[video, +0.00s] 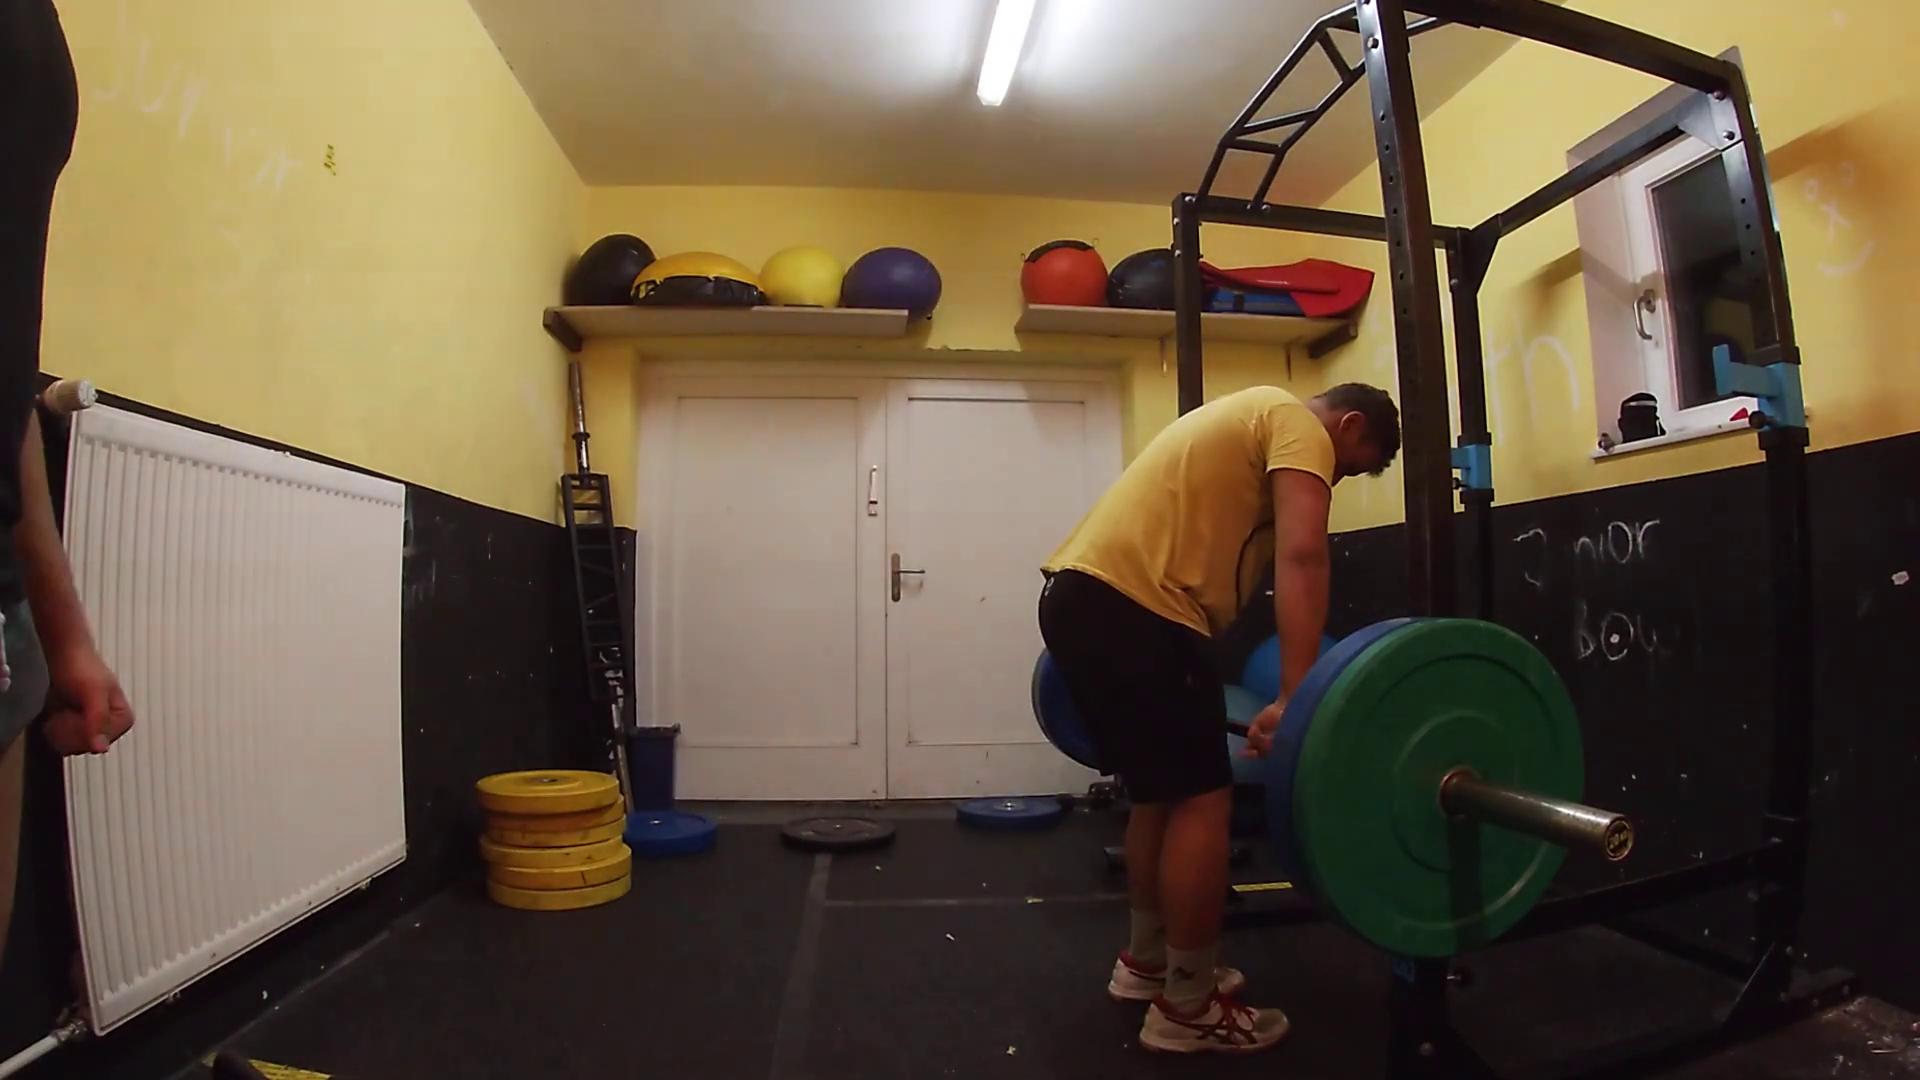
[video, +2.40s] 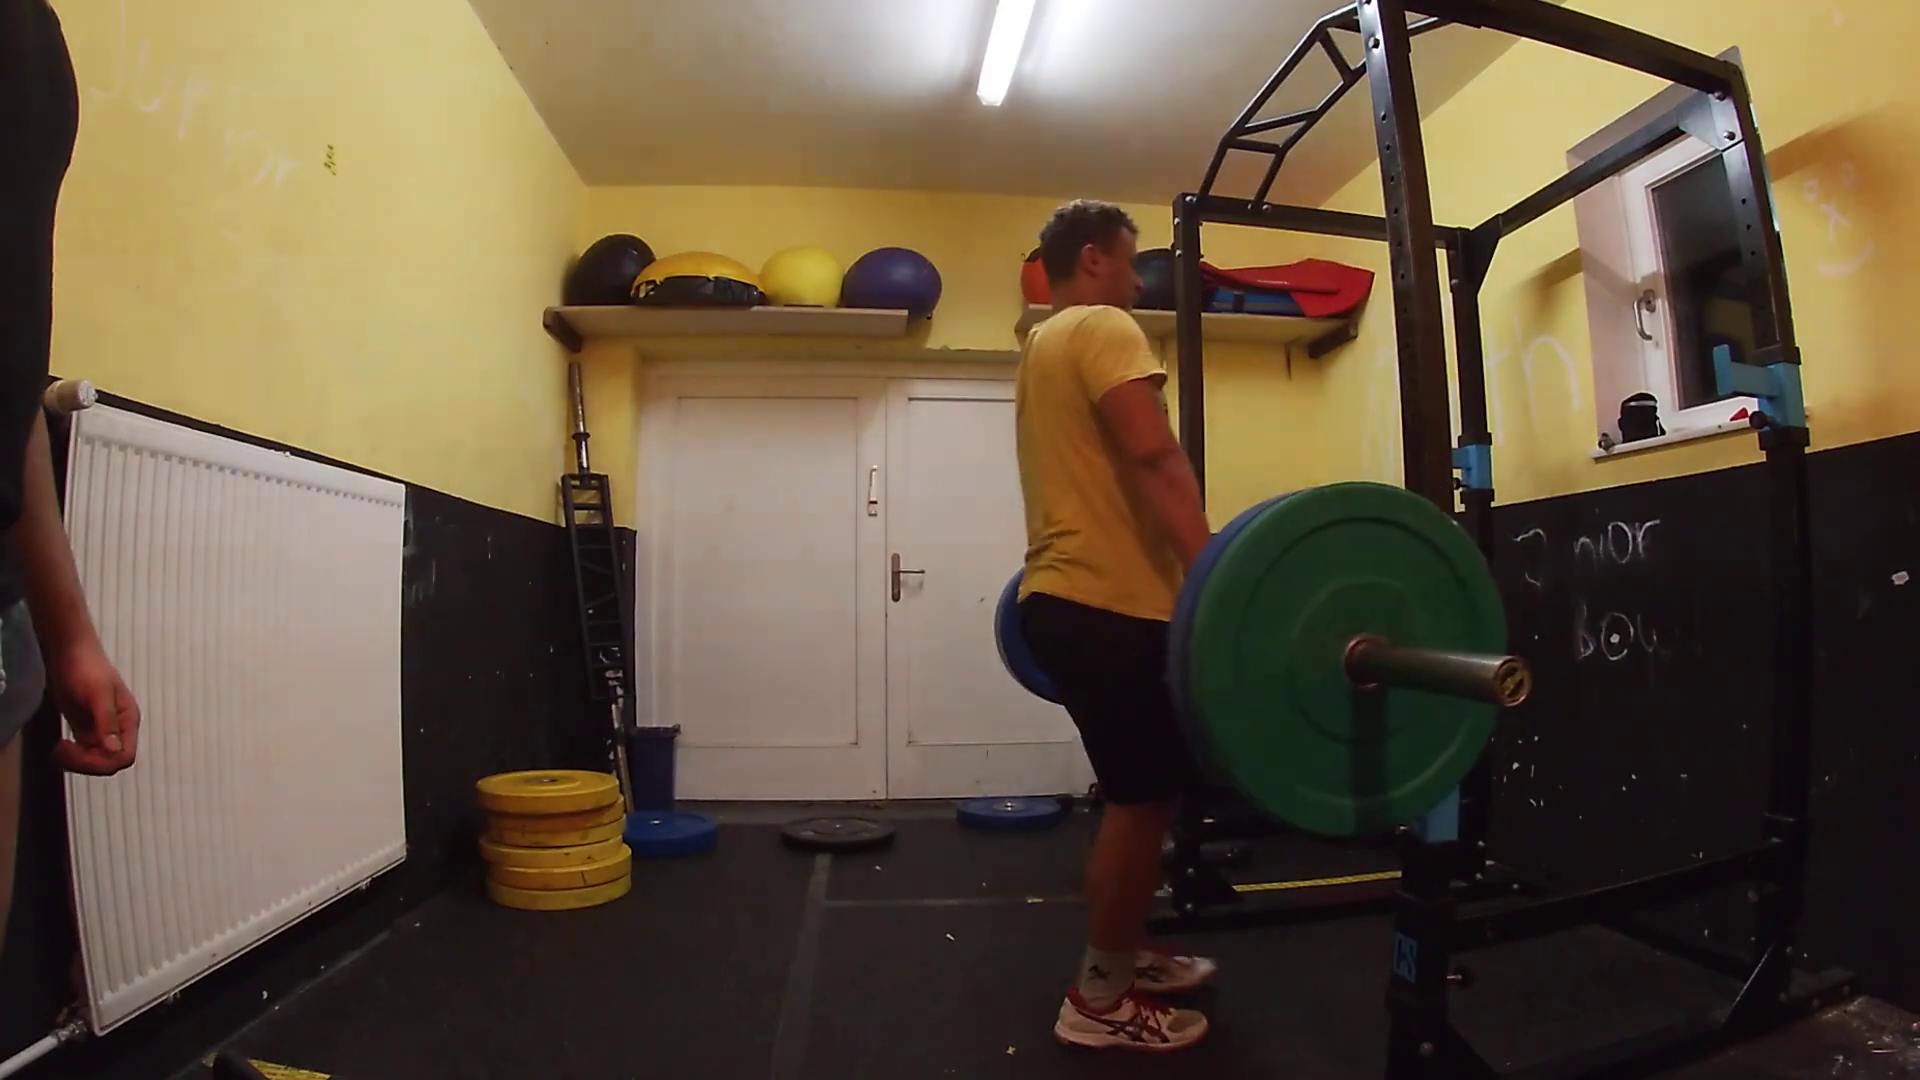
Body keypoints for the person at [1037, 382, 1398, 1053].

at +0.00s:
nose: (1342, 478)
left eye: (1354, 473)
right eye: (1356, 465)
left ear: (1338, 412)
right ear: (1348, 425)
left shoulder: (1240, 422)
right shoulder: (1295, 423)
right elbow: (1302, 553)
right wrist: (1295, 698)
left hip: (1083, 590)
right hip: (1138, 604)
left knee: (1155, 791)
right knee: (1203, 796)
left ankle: (1147, 957)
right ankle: (1188, 1006)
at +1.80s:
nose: (1314, 378)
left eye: (1319, 363)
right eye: (1315, 359)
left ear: (1258, 332)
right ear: (1288, 334)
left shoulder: (1198, 389)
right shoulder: (1253, 389)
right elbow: (1274, 527)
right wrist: (1293, 668)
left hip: (1084, 598)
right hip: (1140, 607)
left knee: (1160, 791)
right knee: (1214, 796)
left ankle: (1148, 960)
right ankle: (1190, 1004)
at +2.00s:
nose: (1250, 313)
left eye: (1251, 298)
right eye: (1247, 296)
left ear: (1182, 288)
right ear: (1214, 283)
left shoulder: (1143, 355)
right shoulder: (1203, 346)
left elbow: (1138, 493)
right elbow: (1244, 474)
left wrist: (1196, 609)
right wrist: (1282, 609)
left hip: (1088, 598)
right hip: (1147, 606)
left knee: (1150, 779)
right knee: (1202, 793)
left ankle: (1147, 957)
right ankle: (1191, 1002)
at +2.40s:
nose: (1136, 279)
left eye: (1135, 264)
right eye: (1130, 262)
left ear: (1070, 264)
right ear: (1094, 259)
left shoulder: (1048, 342)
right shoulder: (1100, 328)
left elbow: (1067, 478)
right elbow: (1154, 459)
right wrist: (1217, 574)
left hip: (1075, 601)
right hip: (1107, 608)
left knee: (1143, 789)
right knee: (1140, 799)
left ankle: (1123, 954)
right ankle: (1098, 997)